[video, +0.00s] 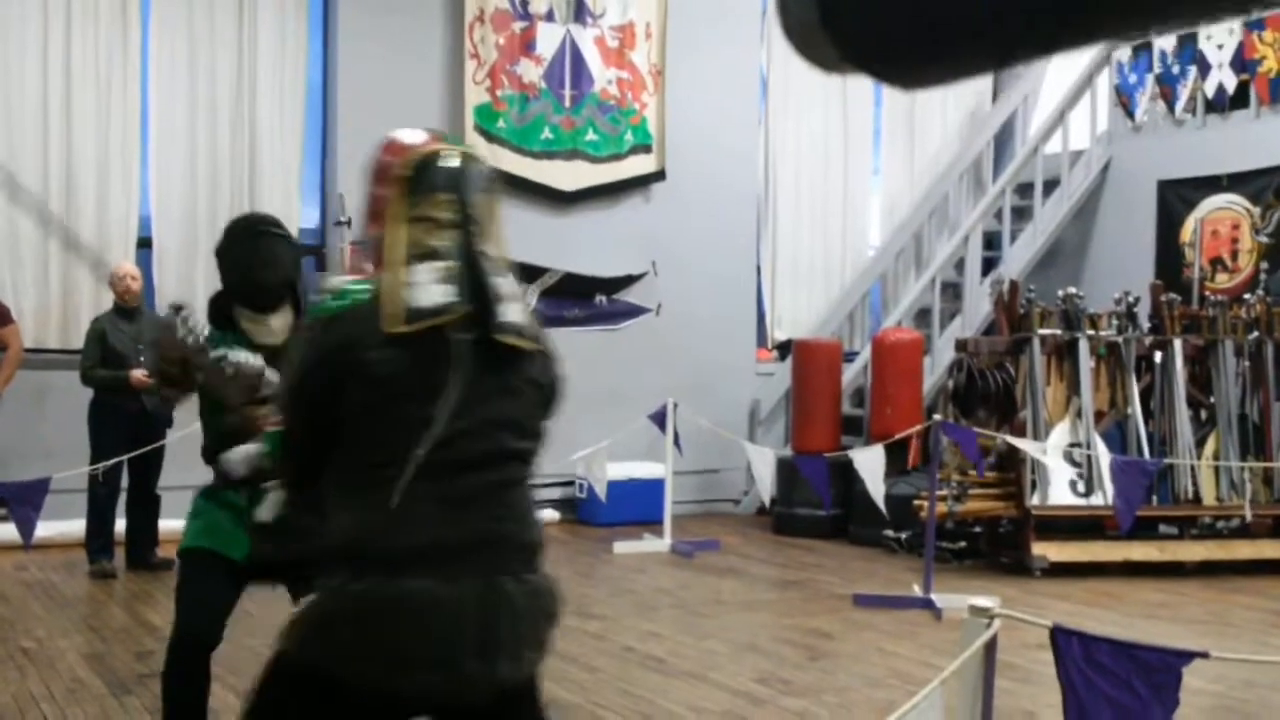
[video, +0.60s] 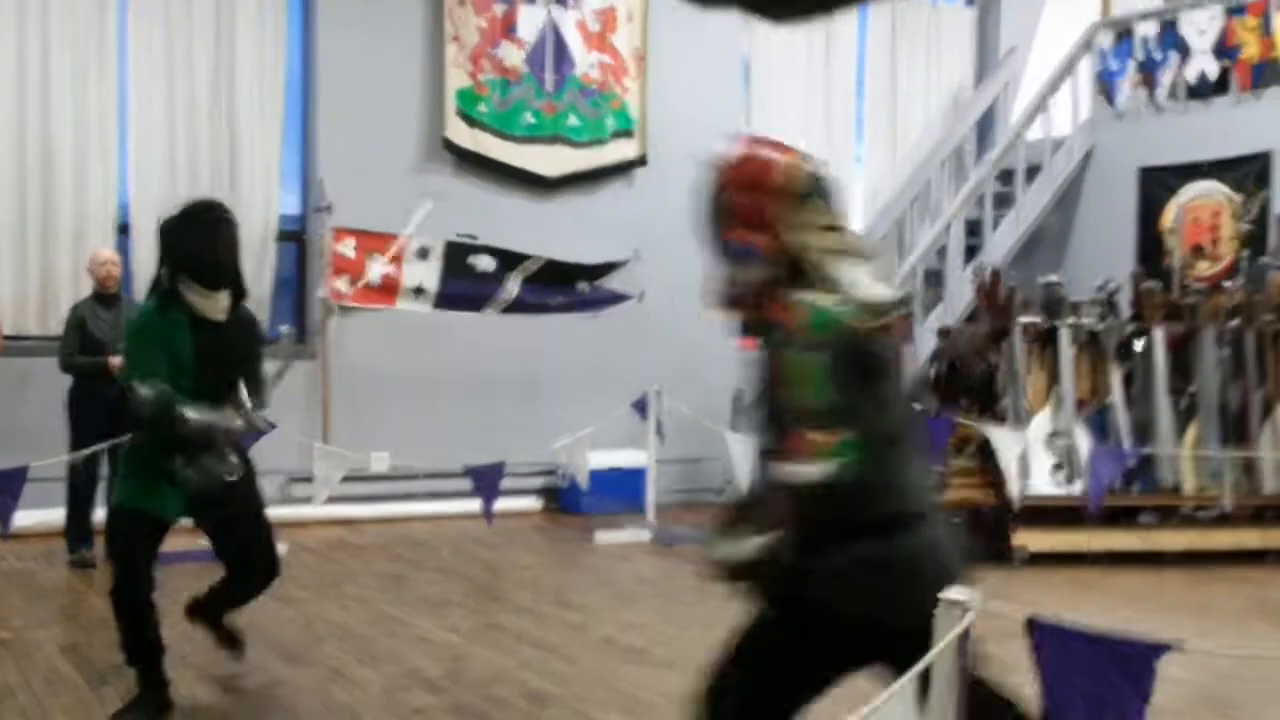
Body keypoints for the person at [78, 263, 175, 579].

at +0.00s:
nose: (128, 284)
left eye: (133, 278)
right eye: (121, 278)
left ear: (143, 283)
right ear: (112, 286)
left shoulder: (160, 325)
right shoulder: (101, 326)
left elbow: (176, 366)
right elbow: (88, 374)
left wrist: (165, 399)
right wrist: (126, 377)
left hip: (151, 416)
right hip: (110, 416)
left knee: (145, 488)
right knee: (104, 487)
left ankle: (142, 553)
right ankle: (100, 556)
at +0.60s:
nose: (109, 271)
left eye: (113, 264)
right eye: (102, 265)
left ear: (121, 270)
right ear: (91, 271)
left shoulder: (134, 311)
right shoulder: (81, 313)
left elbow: (146, 350)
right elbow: (67, 360)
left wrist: (130, 362)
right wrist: (105, 363)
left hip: (126, 402)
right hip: (88, 401)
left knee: (124, 473)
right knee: (84, 473)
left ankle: (122, 545)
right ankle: (79, 544)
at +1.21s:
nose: (73, 270)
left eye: (78, 264)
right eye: (67, 264)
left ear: (84, 271)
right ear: (53, 271)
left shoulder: (98, 311)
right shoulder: (42, 311)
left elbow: (112, 358)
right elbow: (27, 360)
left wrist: (106, 396)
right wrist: (67, 363)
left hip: (91, 406)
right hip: (50, 407)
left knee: (86, 479)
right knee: (44, 476)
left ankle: (82, 544)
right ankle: (40, 547)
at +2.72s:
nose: (28, 262)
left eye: (31, 256)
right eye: (20, 256)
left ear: (37, 263)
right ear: (5, 265)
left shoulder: (49, 304)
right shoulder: (1, 303)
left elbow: (64, 350)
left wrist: (59, 389)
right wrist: (19, 357)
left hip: (42, 402)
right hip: (5, 402)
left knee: (37, 475)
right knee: (2, 474)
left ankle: (33, 541)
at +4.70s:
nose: (27, 261)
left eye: (30, 256)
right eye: (20, 256)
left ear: (36, 262)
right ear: (5, 265)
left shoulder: (49, 304)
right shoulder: (3, 303)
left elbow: (63, 351)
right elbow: (0, 354)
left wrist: (58, 390)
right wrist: (20, 359)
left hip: (42, 402)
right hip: (6, 403)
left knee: (40, 476)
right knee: (3, 476)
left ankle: (32, 541)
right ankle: (1, 544)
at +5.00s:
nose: (21, 263)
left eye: (24, 257)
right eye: (13, 257)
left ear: (30, 264)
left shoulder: (41, 305)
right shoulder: (1, 303)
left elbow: (56, 351)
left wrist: (52, 389)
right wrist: (15, 360)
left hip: (37, 400)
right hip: (2, 402)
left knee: (45, 469)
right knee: (1, 474)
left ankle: (33, 538)